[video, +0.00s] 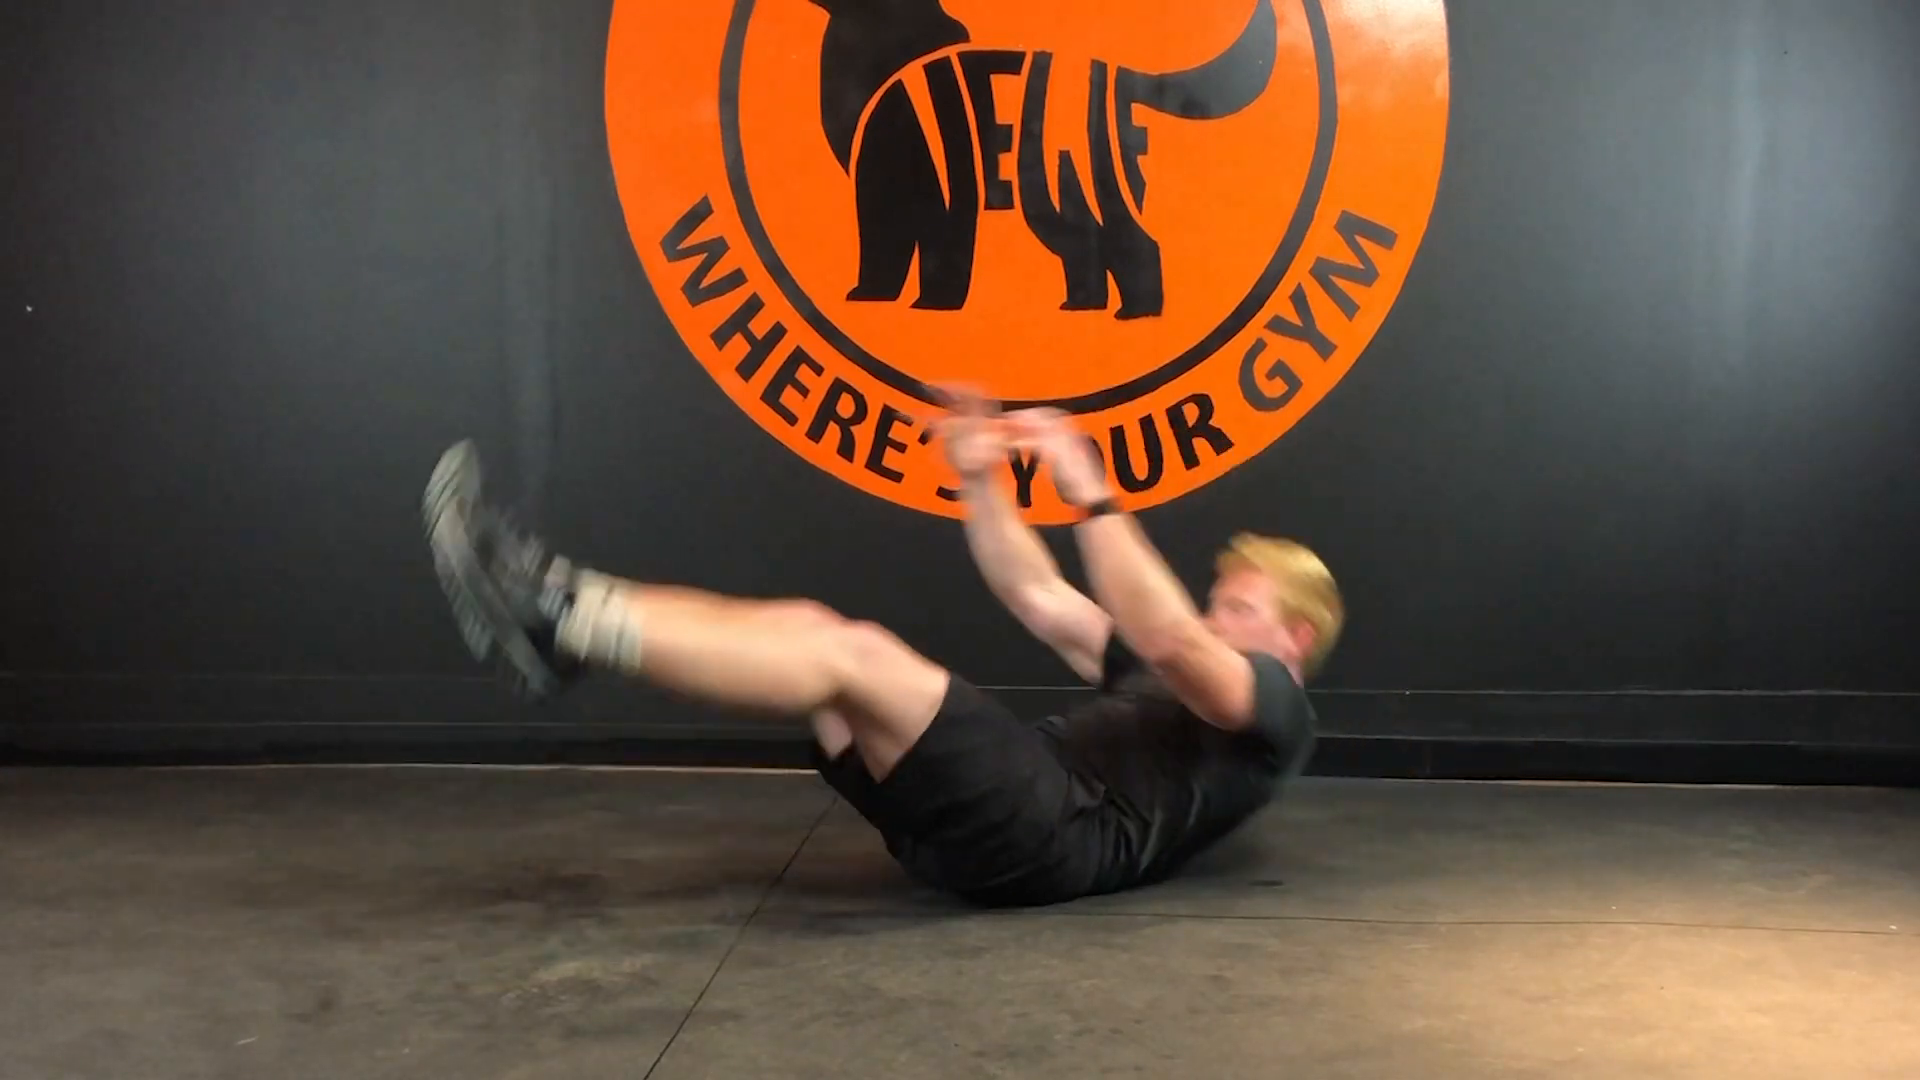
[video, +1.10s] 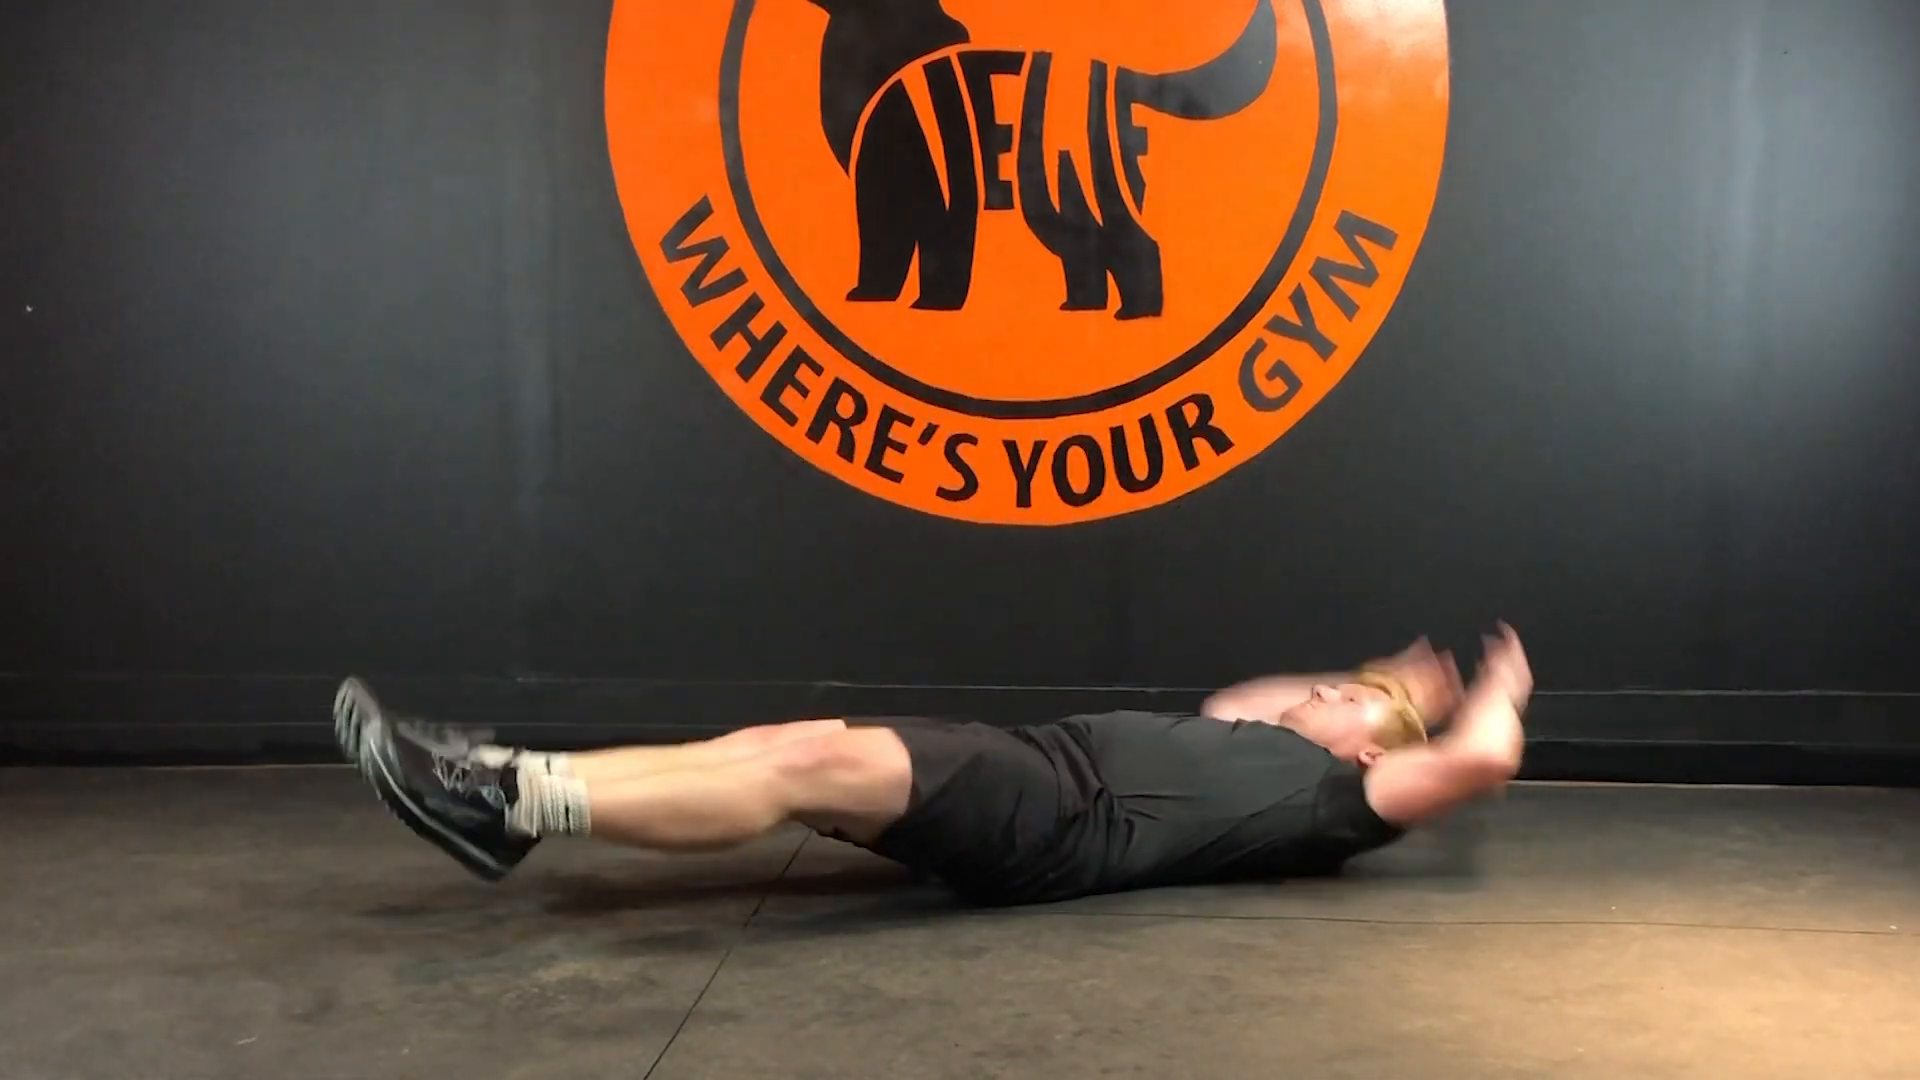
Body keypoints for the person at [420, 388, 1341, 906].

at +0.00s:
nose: (1217, 605)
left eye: (1245, 598)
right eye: (1221, 591)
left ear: (1301, 637)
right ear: (1224, 603)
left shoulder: (1277, 708)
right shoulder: (1172, 663)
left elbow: (1162, 636)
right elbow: (1038, 599)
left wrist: (1089, 489)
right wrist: (981, 484)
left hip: (1053, 833)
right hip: (993, 805)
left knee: (847, 653)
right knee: (815, 631)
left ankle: (571, 615)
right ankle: (553, 612)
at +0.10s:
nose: (1153, 585)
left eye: (1180, 568)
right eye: (1156, 564)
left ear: (1245, 587)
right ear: (1183, 574)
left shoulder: (1246, 672)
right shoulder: (1143, 637)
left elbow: (1122, 619)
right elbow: (1000, 580)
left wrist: (1019, 493)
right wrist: (909, 473)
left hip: (1041, 835)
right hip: (978, 827)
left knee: (888, 610)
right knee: (853, 601)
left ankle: (616, 523)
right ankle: (592, 530)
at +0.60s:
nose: (1213, 579)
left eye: (1236, 577)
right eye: (1217, 559)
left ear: (1281, 612)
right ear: (1223, 579)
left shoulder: (1263, 707)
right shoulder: (1154, 647)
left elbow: (1215, 603)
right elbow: (1052, 565)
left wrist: (1195, 443)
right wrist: (1041, 434)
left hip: (1045, 829)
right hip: (981, 798)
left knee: (859, 642)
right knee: (819, 629)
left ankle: (576, 599)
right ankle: (559, 592)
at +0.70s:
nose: (1248, 604)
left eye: (1277, 598)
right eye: (1258, 590)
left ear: (1317, 651)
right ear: (1247, 619)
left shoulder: (1268, 736)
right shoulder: (1185, 692)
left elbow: (1323, 639)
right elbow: (1114, 607)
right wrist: (1169, 489)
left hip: (1050, 823)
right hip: (997, 794)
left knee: (816, 690)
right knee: (791, 682)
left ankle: (531, 684)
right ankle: (531, 697)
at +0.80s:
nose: (1310, 645)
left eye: (1334, 643)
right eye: (1308, 634)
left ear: (1366, 694)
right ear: (1285, 657)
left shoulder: (1309, 766)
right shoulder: (1221, 717)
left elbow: (1422, 706)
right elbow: (1172, 666)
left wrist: (1466, 605)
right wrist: (1282, 579)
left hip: (1068, 821)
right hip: (1027, 771)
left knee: (822, 737)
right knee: (793, 725)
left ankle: (523, 751)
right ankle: (519, 744)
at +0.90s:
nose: (1325, 673)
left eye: (1354, 687)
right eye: (1334, 664)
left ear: (1374, 739)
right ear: (1302, 679)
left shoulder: (1339, 786)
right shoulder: (1227, 728)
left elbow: (1486, 794)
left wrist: (1528, 720)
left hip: (1058, 805)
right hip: (992, 757)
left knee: (825, 772)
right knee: (774, 736)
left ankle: (520, 802)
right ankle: (499, 780)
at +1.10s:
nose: (1347, 696)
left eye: (1372, 702)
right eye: (1351, 685)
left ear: (1387, 754)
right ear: (1324, 696)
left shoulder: (1336, 796)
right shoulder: (1247, 733)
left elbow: (1482, 761)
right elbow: (1249, 691)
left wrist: (1500, 682)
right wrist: (1378, 690)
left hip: (1065, 811)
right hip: (1003, 757)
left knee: (824, 760)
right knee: (764, 746)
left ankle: (519, 804)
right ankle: (496, 791)